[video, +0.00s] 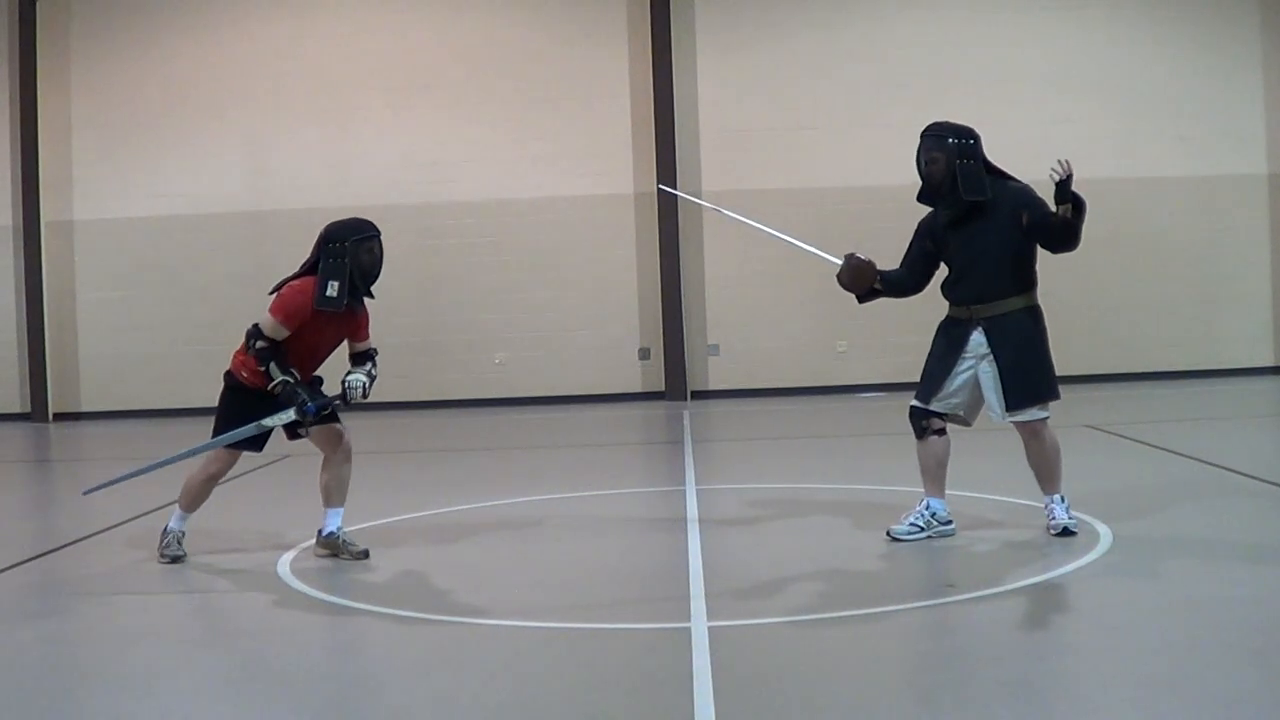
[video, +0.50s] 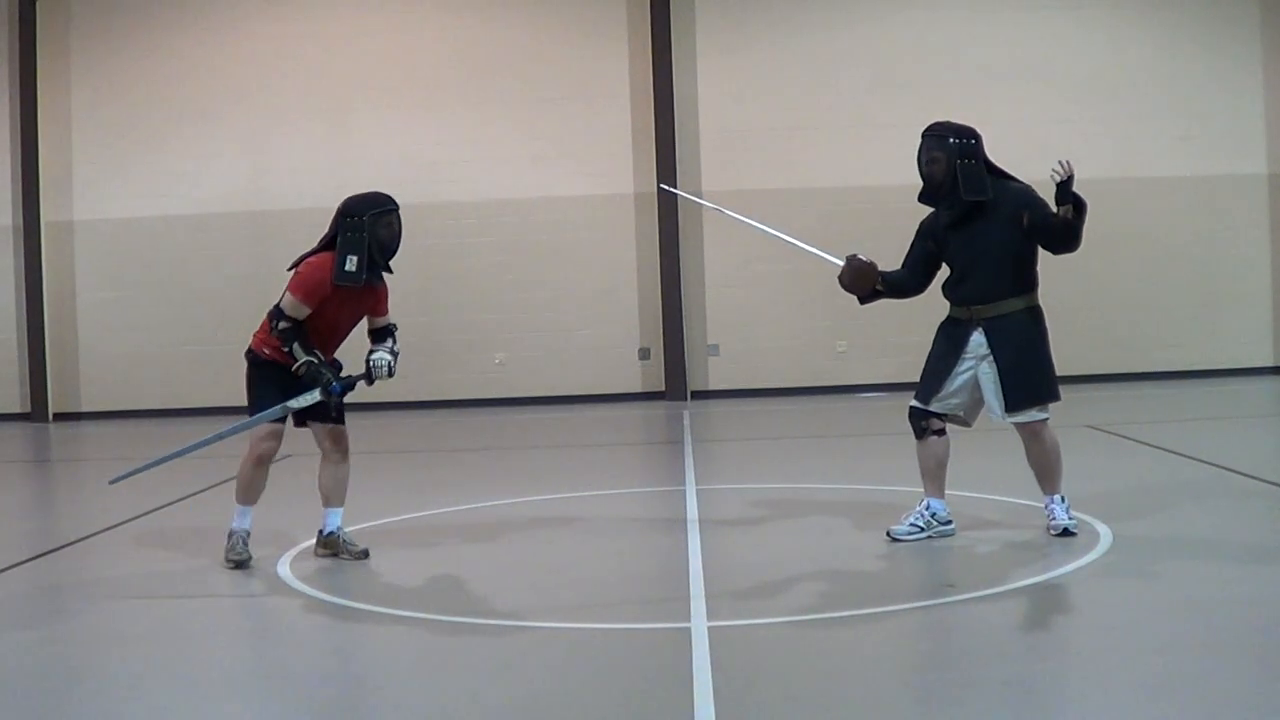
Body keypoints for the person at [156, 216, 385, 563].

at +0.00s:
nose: (375, 261)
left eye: (376, 252)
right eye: (367, 252)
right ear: (341, 255)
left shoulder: (355, 307)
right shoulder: (300, 294)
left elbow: (363, 354)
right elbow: (257, 343)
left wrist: (361, 374)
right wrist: (289, 386)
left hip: (300, 386)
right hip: (251, 383)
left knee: (338, 446)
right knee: (219, 463)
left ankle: (330, 533)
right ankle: (174, 529)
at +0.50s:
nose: (394, 235)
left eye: (395, 227)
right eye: (386, 227)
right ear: (360, 229)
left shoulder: (374, 283)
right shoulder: (320, 270)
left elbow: (381, 330)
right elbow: (280, 324)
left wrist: (383, 352)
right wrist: (309, 364)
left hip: (319, 366)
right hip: (272, 360)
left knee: (336, 444)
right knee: (266, 445)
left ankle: (331, 533)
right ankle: (239, 532)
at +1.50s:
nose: (373, 197)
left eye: (373, 188)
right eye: (364, 188)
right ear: (338, 194)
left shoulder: (351, 254)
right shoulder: (306, 244)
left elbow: (354, 314)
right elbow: (285, 313)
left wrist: (376, 340)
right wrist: (324, 358)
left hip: (320, 369)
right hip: (275, 370)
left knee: (349, 456)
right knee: (273, 469)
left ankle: (378, 552)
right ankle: (258, 549)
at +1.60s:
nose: (391, 202)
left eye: (391, 193)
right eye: (382, 193)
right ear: (356, 198)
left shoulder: (369, 257)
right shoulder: (324, 247)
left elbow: (368, 317)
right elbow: (302, 316)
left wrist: (391, 348)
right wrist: (342, 365)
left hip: (334, 372)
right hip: (287, 372)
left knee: (368, 459)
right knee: (283, 473)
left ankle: (386, 555)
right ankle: (261, 541)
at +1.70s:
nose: (410, 202)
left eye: (410, 192)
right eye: (401, 193)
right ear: (375, 198)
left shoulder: (384, 258)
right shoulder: (340, 246)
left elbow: (386, 320)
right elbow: (317, 318)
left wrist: (407, 350)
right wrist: (360, 367)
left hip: (343, 370)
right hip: (296, 369)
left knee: (379, 457)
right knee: (298, 468)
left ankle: (387, 556)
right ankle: (272, 535)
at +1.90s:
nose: (429, 200)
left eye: (427, 190)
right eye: (420, 190)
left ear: (400, 198)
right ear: (394, 196)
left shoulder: (401, 254)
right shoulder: (356, 246)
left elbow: (403, 312)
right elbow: (330, 316)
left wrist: (428, 344)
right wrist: (369, 365)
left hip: (354, 369)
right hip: (311, 367)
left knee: (391, 458)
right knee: (327, 464)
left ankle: (388, 559)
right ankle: (301, 573)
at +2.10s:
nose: (440, 201)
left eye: (437, 192)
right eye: (432, 193)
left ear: (402, 200)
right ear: (409, 200)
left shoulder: (405, 250)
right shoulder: (375, 250)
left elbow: (413, 307)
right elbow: (350, 326)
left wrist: (447, 335)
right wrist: (395, 369)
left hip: (363, 372)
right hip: (321, 372)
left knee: (419, 447)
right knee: (343, 473)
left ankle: (408, 547)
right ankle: (301, 572)